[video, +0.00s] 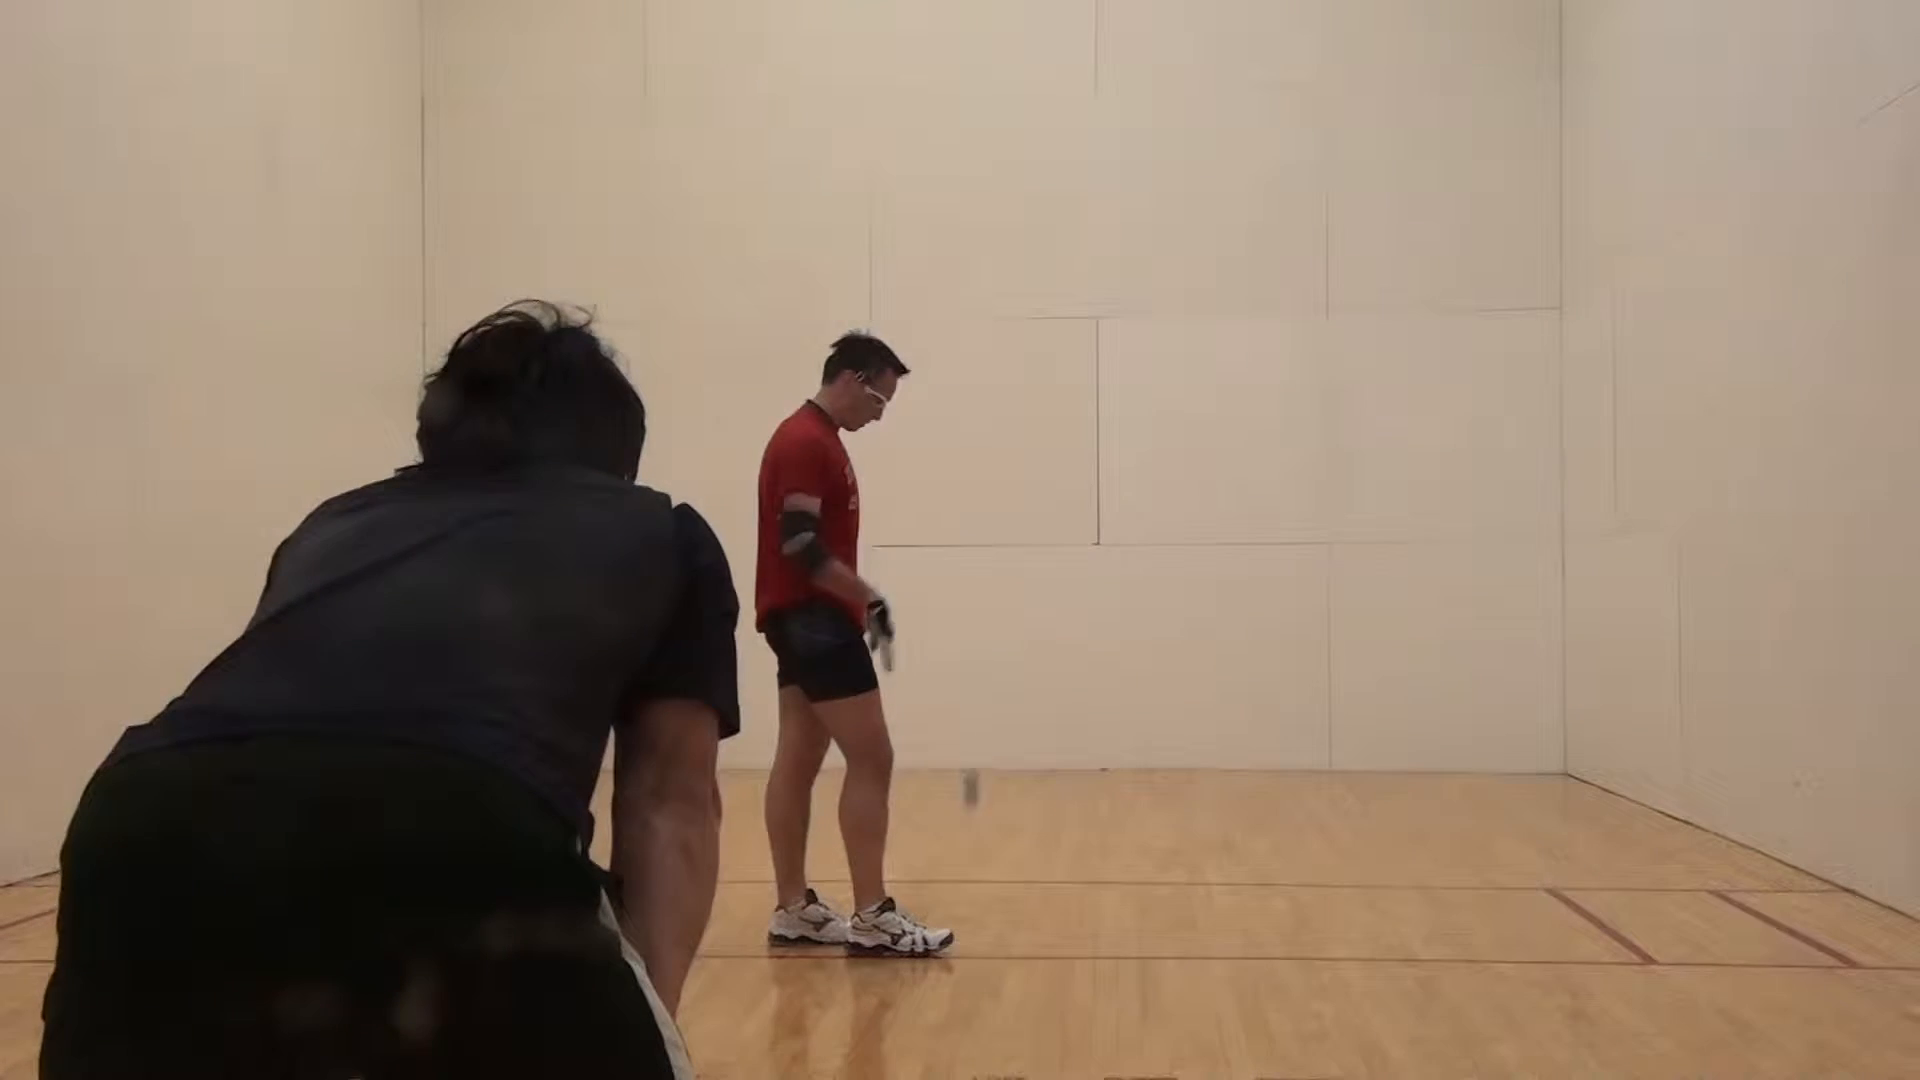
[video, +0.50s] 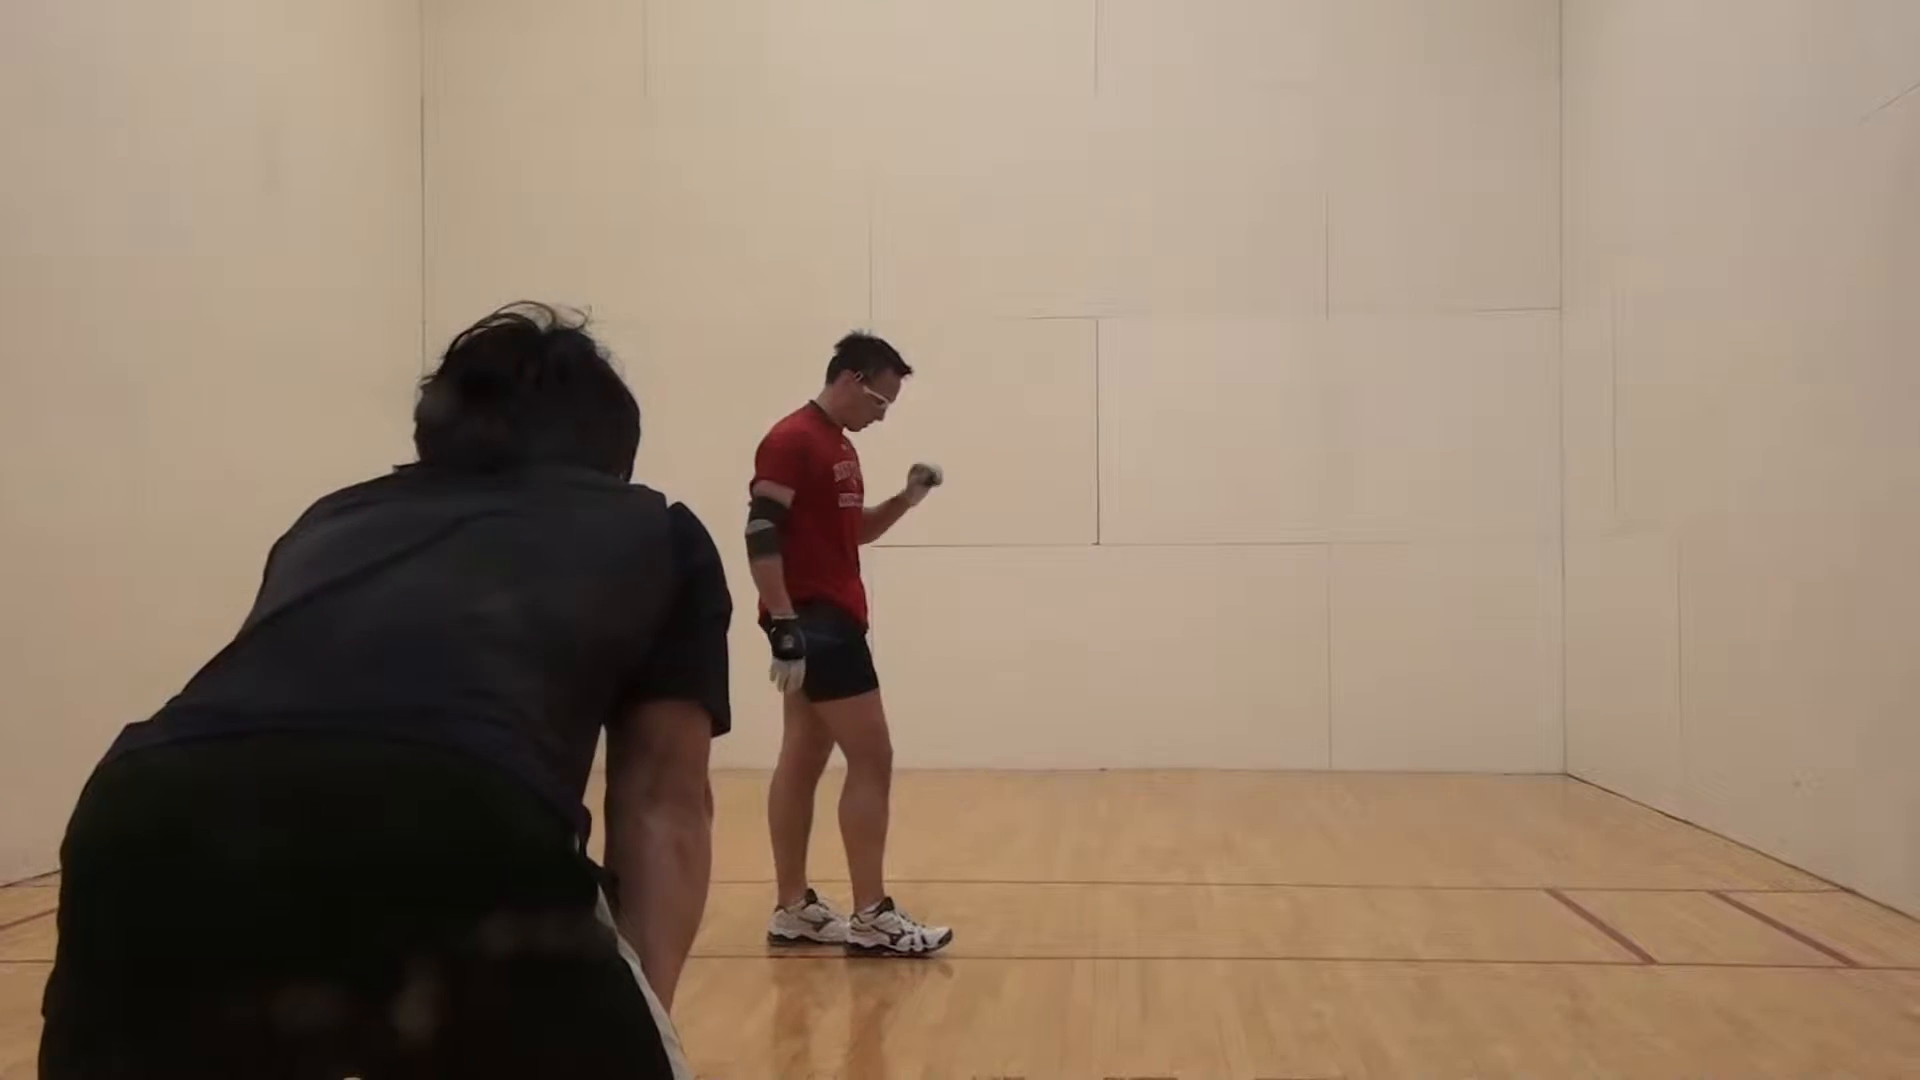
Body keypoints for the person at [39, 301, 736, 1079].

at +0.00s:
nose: (638, 479)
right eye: (633, 464)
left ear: (438, 436)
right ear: (611, 452)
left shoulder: (334, 517)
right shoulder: (660, 531)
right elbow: (671, 794)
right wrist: (642, 1032)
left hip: (153, 819)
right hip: (455, 829)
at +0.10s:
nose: (637, 481)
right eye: (633, 466)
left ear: (438, 437)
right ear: (611, 454)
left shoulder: (334, 519)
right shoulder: (661, 533)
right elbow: (671, 793)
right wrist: (643, 1031)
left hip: (152, 817)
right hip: (453, 827)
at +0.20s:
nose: (638, 481)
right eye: (635, 467)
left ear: (439, 438)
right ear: (611, 455)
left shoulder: (334, 519)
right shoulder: (659, 533)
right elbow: (669, 792)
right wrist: (641, 1032)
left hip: (152, 816)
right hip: (453, 826)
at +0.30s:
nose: (637, 480)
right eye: (634, 466)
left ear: (438, 437)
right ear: (609, 454)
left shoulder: (332, 518)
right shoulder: (658, 533)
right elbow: (667, 794)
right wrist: (639, 1031)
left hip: (155, 817)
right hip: (456, 826)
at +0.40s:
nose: (635, 480)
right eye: (632, 467)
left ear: (436, 437)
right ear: (608, 455)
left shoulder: (330, 516)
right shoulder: (654, 531)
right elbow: (665, 798)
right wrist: (637, 1029)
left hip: (155, 813)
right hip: (456, 822)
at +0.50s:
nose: (634, 481)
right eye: (630, 468)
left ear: (434, 439)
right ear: (606, 456)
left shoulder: (330, 512)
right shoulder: (652, 529)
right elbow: (664, 797)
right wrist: (637, 1027)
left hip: (155, 812)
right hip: (455, 822)